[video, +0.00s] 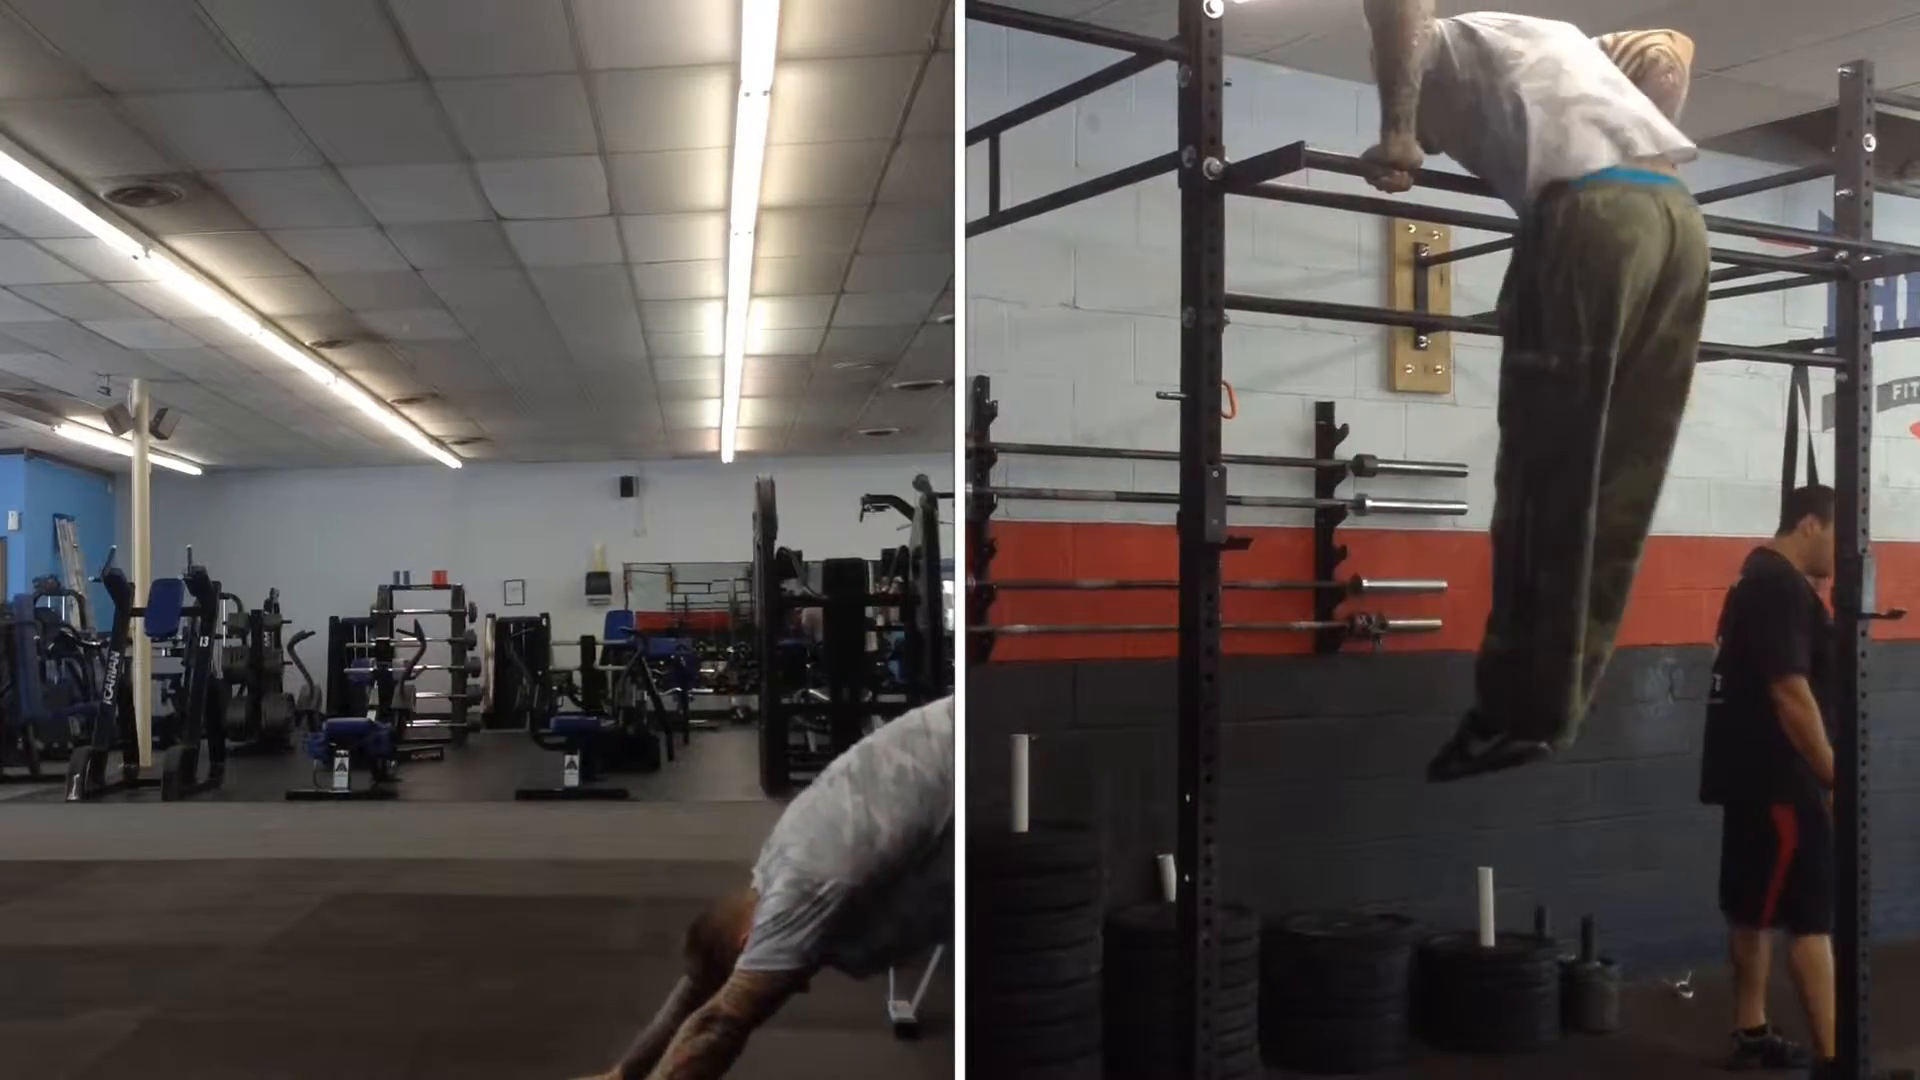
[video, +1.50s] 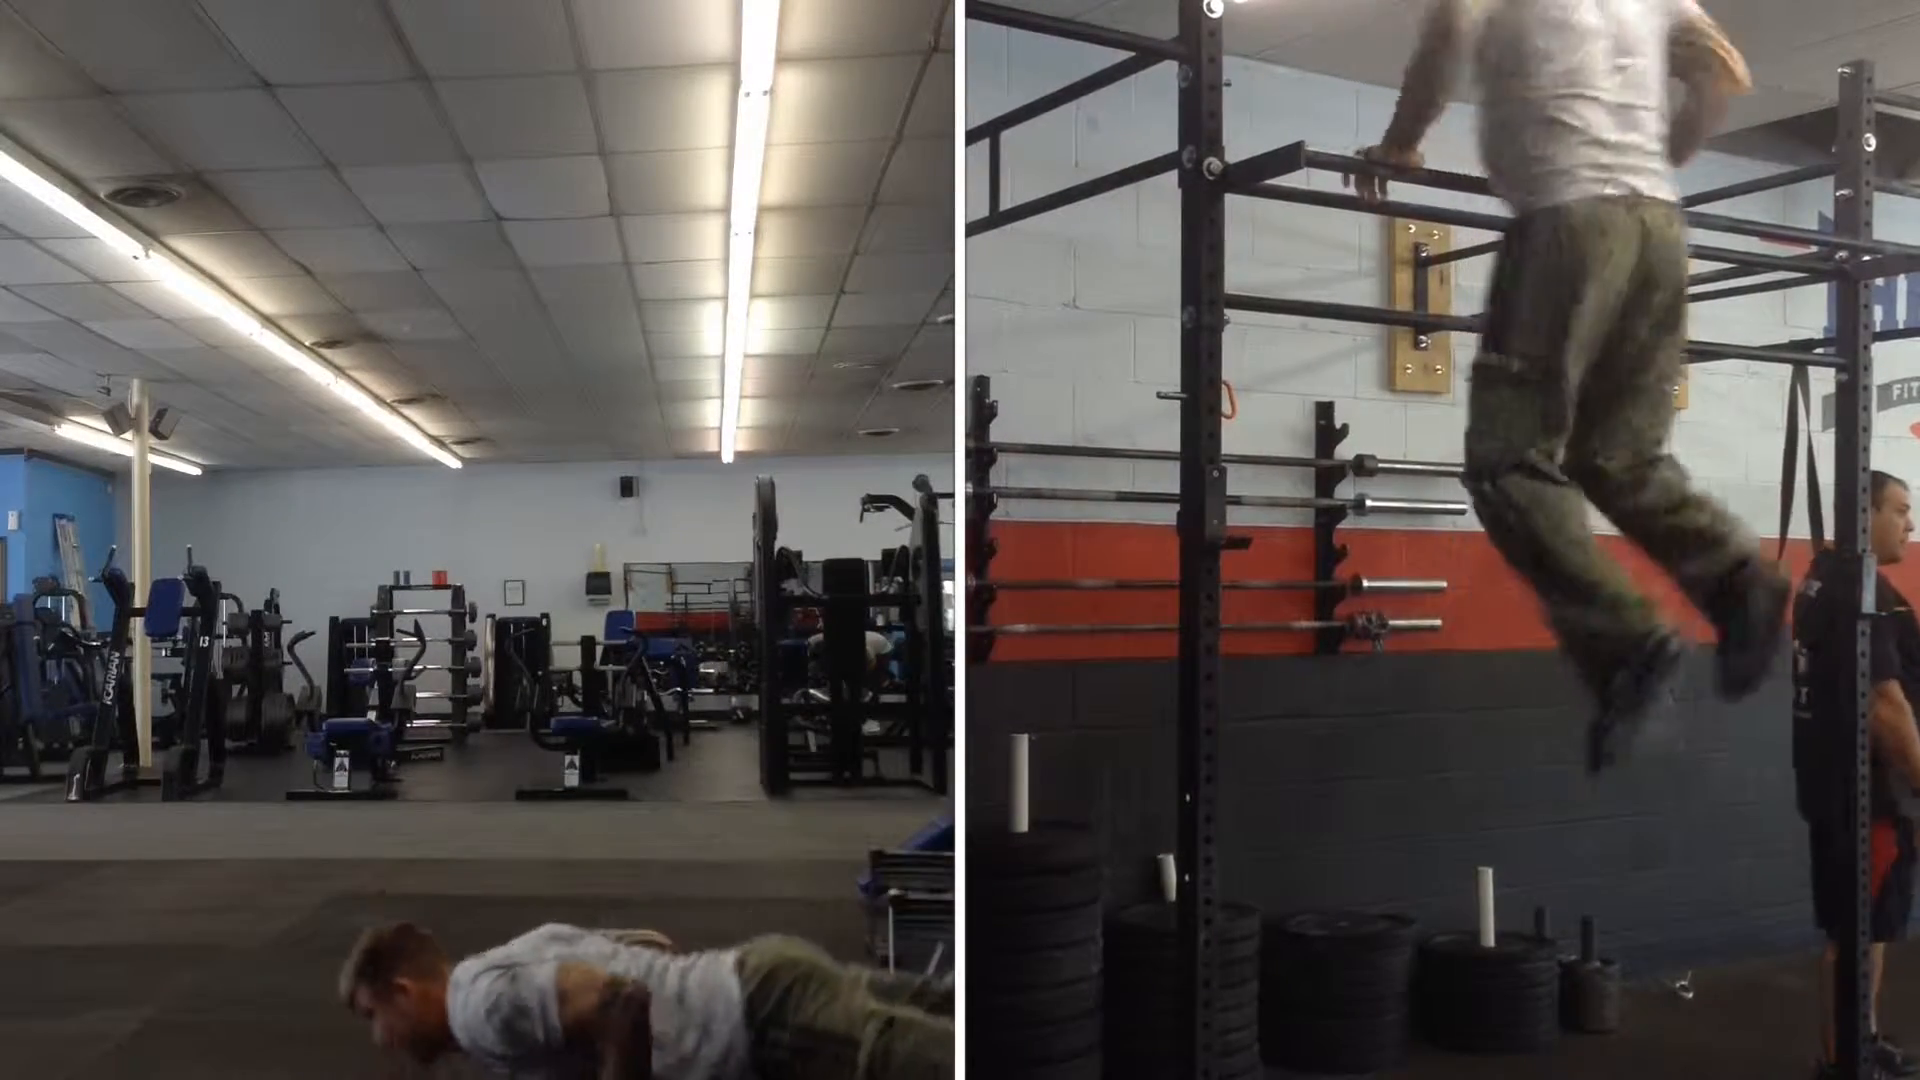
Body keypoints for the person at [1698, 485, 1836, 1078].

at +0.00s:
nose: (1841, 553)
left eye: (1843, 540)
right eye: (1839, 538)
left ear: (1802, 526)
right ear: (1810, 526)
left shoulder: (1760, 581)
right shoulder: (1781, 585)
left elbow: (1772, 690)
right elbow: (1786, 693)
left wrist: (1820, 769)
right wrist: (1835, 773)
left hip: (1750, 774)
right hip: (1784, 777)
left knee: (1749, 910)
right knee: (1811, 920)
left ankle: (1752, 1032)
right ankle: (1832, 1051)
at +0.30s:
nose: (1856, 548)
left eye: (1859, 536)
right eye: (1854, 534)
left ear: (1817, 520)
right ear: (1826, 523)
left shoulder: (1782, 579)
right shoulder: (1802, 589)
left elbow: (1801, 698)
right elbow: (1816, 702)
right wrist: (1861, 794)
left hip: (1776, 778)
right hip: (1804, 783)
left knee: (1775, 913)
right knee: (1823, 920)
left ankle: (1755, 1031)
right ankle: (1838, 1051)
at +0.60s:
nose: (1877, 531)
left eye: (1877, 518)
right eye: (1871, 517)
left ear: (1821, 513)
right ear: (1841, 515)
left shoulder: (1785, 581)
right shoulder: (1829, 587)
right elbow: (1860, 696)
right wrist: (1911, 781)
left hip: (1799, 777)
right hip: (1836, 783)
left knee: (1824, 913)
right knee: (1841, 924)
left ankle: (1785, 1005)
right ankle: (1844, 1054)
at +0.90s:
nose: (1896, 533)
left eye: (1896, 520)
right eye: (1888, 519)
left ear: (1841, 518)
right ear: (1850, 518)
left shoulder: (1809, 579)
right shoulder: (1841, 589)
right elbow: (1872, 706)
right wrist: (1915, 769)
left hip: (1811, 783)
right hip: (1839, 790)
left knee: (1833, 930)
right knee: (1842, 932)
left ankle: (1840, 1053)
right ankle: (1843, 1056)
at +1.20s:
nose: (1908, 528)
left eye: (1907, 516)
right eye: (1899, 516)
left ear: (1862, 522)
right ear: (1862, 518)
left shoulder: (1817, 579)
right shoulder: (1857, 589)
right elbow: (1869, 704)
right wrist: (1906, 800)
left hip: (1816, 787)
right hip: (1850, 794)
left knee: (1836, 929)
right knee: (1859, 931)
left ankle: (1842, 1048)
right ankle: (1848, 1053)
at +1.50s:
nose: (1910, 524)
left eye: (1908, 511)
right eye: (1900, 511)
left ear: (1865, 519)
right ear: (1865, 517)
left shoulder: (1829, 579)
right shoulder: (1861, 589)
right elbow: (1882, 702)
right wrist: (1914, 775)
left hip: (1842, 781)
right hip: (1864, 790)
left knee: (1862, 922)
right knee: (1865, 925)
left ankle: (1854, 1041)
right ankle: (1852, 1048)